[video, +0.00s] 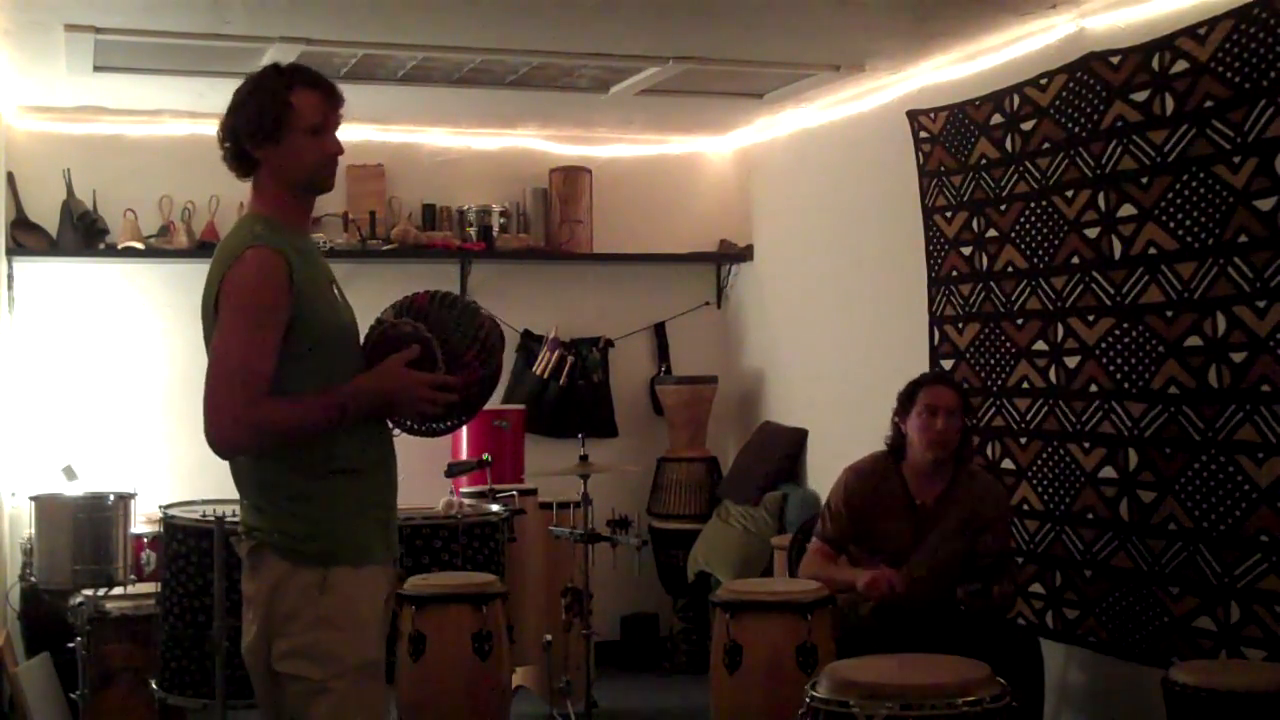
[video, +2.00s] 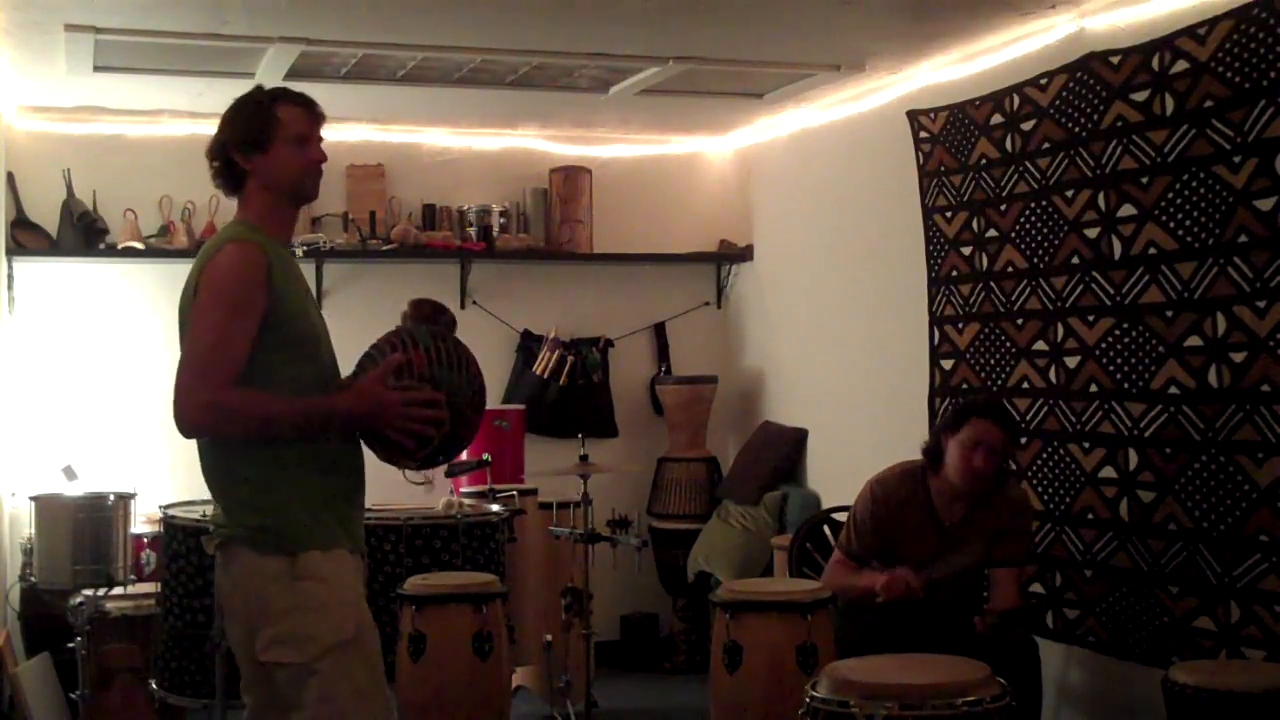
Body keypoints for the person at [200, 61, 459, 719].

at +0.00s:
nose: (338, 146)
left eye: (336, 130)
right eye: (321, 131)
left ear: (273, 145)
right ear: (266, 143)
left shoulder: (296, 251)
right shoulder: (260, 256)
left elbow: (300, 393)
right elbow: (231, 425)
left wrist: (380, 369)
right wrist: (369, 395)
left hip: (340, 559)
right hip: (310, 566)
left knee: (350, 705)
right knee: (328, 707)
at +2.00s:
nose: (322, 155)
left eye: (320, 141)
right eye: (304, 142)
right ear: (250, 156)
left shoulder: (270, 259)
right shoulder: (240, 258)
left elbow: (275, 403)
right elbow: (196, 407)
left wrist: (365, 386)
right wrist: (348, 406)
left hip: (303, 554)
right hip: (288, 561)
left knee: (295, 707)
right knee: (338, 706)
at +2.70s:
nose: (388, 134)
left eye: (379, 120)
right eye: (367, 124)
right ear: (318, 152)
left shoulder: (353, 255)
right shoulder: (312, 260)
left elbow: (353, 413)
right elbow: (257, 421)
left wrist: (448, 440)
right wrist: (407, 477)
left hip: (354, 562)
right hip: (325, 571)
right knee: (362, 707)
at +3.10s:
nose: (476, 129)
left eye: (469, 114)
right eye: (456, 117)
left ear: (412, 141)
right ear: (401, 140)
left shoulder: (444, 244)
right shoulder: (360, 258)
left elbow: (428, 394)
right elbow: (288, 421)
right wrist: (447, 460)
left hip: (423, 556)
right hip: (367, 568)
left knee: (426, 708)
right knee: (383, 711)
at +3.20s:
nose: (484, 125)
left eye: (476, 111)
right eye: (462, 114)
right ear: (408, 140)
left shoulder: (444, 243)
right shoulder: (371, 267)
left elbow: (436, 377)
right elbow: (341, 445)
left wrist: (536, 356)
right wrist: (498, 426)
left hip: (431, 555)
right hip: (377, 569)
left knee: (437, 705)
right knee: (393, 709)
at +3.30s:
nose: (485, 119)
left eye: (478, 106)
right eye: (465, 108)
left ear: (423, 138)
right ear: (409, 135)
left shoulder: (430, 244)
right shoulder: (394, 255)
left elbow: (454, 358)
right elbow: (409, 444)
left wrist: (563, 348)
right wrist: (566, 416)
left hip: (438, 559)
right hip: (390, 572)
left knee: (474, 702)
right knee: (412, 709)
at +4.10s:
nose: (545, 136)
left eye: (539, 122)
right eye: (525, 124)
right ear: (472, 144)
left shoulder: (487, 255)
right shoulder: (471, 263)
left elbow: (499, 403)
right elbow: (434, 438)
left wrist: (594, 414)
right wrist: (577, 492)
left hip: (527, 570)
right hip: (472, 581)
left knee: (575, 713)